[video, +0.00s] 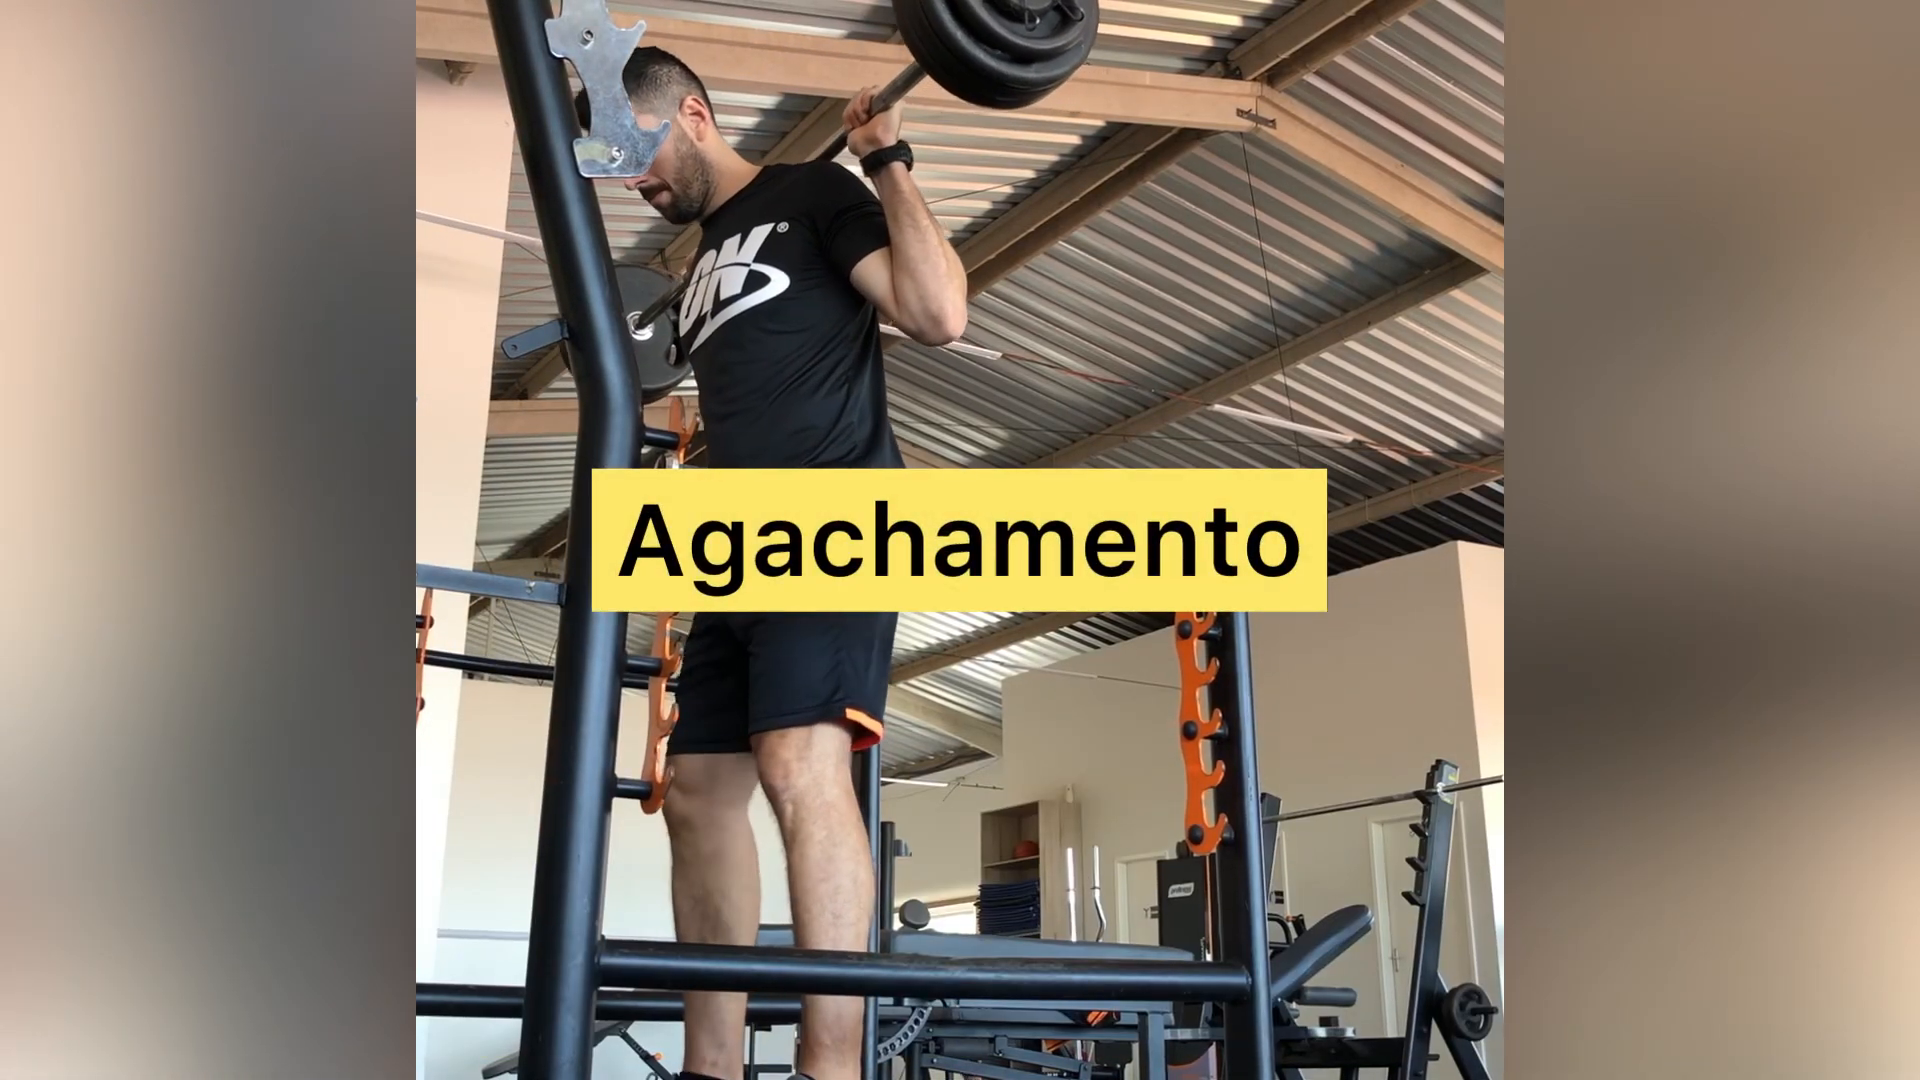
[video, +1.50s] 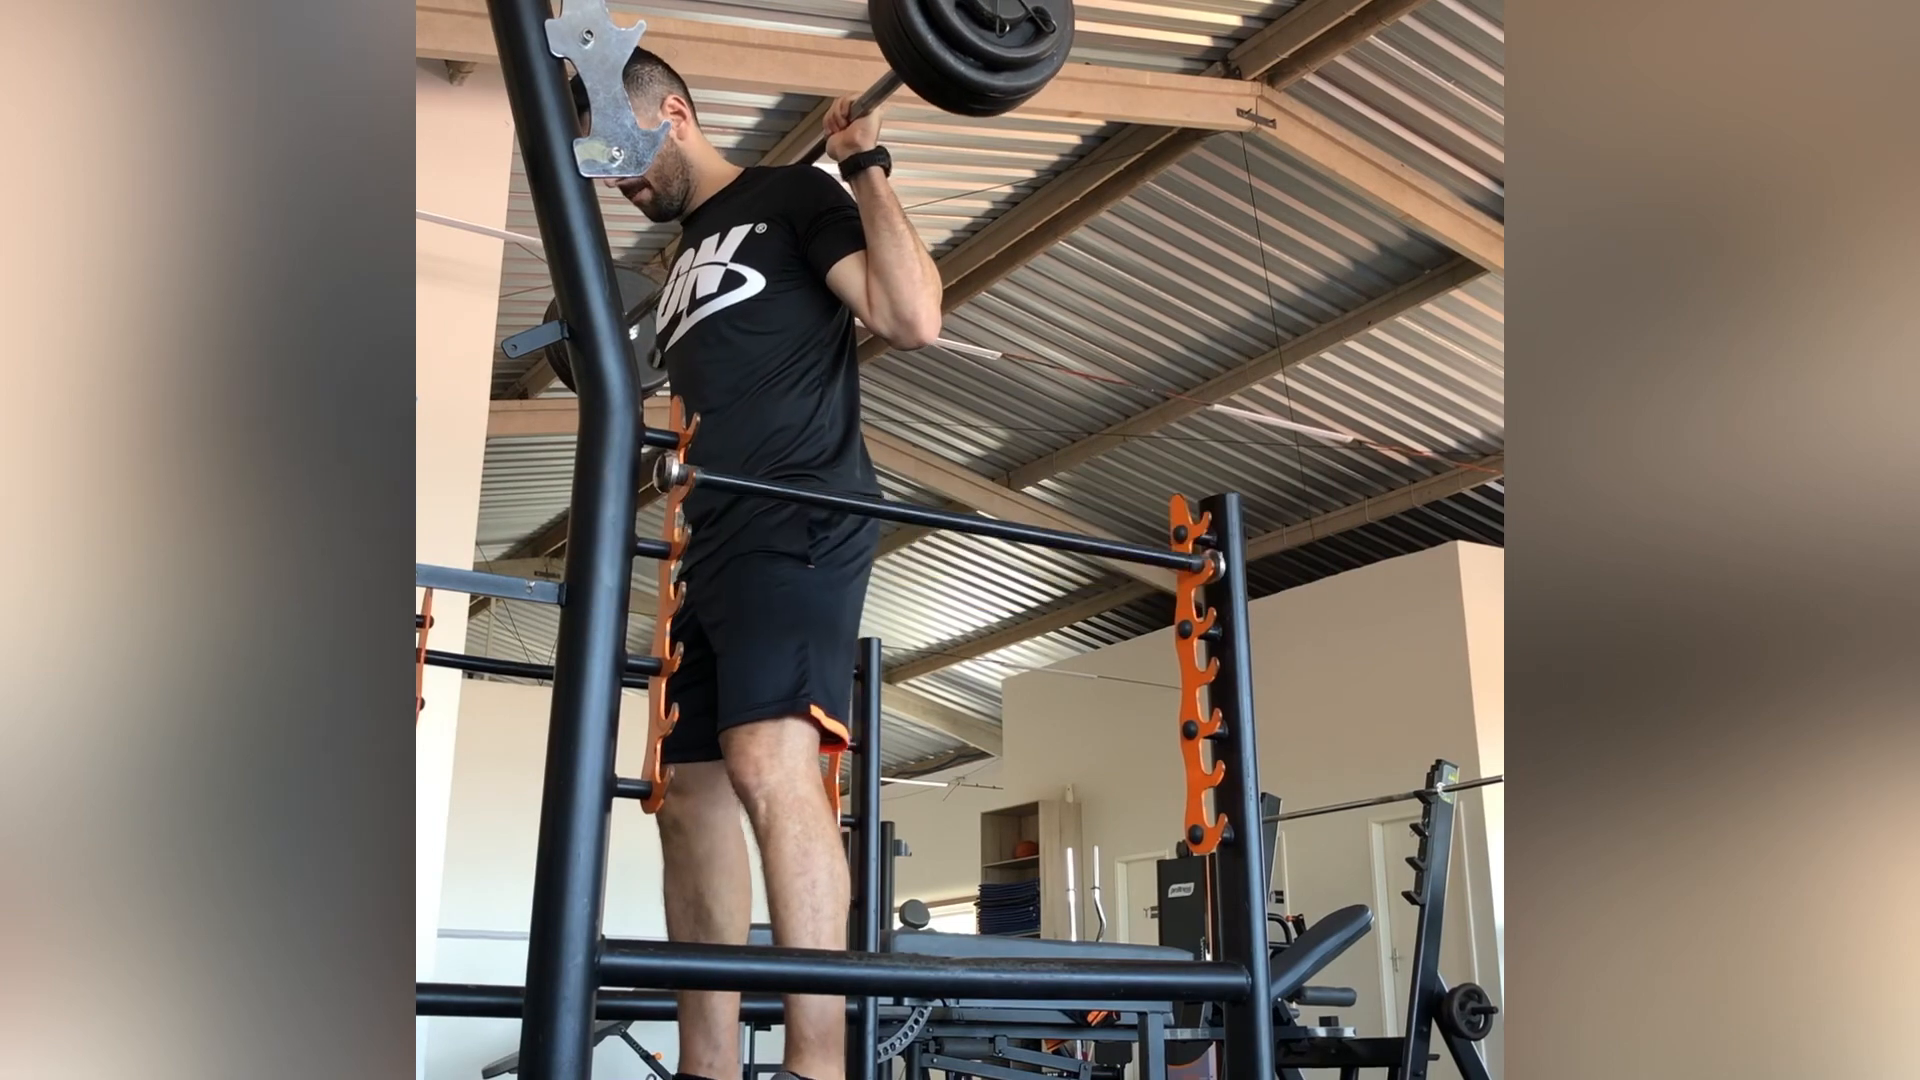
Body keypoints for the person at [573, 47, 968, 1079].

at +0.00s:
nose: (637, 177)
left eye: (643, 147)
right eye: (623, 161)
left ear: (697, 112)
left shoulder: (814, 192)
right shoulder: (698, 271)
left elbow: (941, 314)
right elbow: (717, 429)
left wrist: (891, 166)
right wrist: (680, 577)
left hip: (827, 526)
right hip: (731, 542)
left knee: (802, 763)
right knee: (699, 789)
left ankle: (834, 1065)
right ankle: (713, 1066)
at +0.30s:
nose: (622, 187)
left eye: (630, 158)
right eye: (608, 172)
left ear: (681, 128)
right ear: (619, 172)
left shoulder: (793, 204)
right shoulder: (684, 278)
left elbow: (919, 329)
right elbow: (697, 440)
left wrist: (871, 184)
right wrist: (668, 587)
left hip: (807, 526)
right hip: (719, 541)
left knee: (749, 753)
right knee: (686, 788)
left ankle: (822, 1057)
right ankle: (711, 1066)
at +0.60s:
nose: (621, 185)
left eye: (629, 155)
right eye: (607, 171)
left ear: (680, 119)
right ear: (610, 171)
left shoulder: (793, 196)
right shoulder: (678, 272)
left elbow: (916, 324)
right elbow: (694, 428)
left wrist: (868, 176)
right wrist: (666, 576)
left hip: (801, 520)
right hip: (710, 537)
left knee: (770, 758)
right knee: (691, 792)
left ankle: (821, 1064)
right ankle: (710, 1066)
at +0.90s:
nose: (630, 171)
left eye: (635, 142)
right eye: (617, 153)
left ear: (689, 105)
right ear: (657, 126)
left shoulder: (802, 184)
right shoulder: (680, 257)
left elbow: (921, 316)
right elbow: (700, 421)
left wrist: (877, 166)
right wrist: (666, 563)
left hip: (797, 522)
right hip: (711, 538)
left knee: (768, 762)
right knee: (688, 795)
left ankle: (821, 1063)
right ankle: (711, 1065)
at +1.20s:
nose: (631, 174)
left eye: (635, 145)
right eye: (618, 156)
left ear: (688, 106)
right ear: (663, 125)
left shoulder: (804, 186)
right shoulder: (688, 260)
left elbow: (927, 313)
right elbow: (703, 429)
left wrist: (882, 164)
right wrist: (672, 578)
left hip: (813, 522)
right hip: (717, 539)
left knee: (786, 759)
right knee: (693, 788)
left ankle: (824, 1061)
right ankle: (712, 1063)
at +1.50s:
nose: (623, 181)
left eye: (630, 152)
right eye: (610, 166)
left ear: (679, 116)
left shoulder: (793, 194)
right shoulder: (685, 261)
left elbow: (915, 319)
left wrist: (869, 173)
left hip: (797, 514)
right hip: (719, 533)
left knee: (770, 756)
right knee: (691, 790)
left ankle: (821, 1063)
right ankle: (708, 1065)